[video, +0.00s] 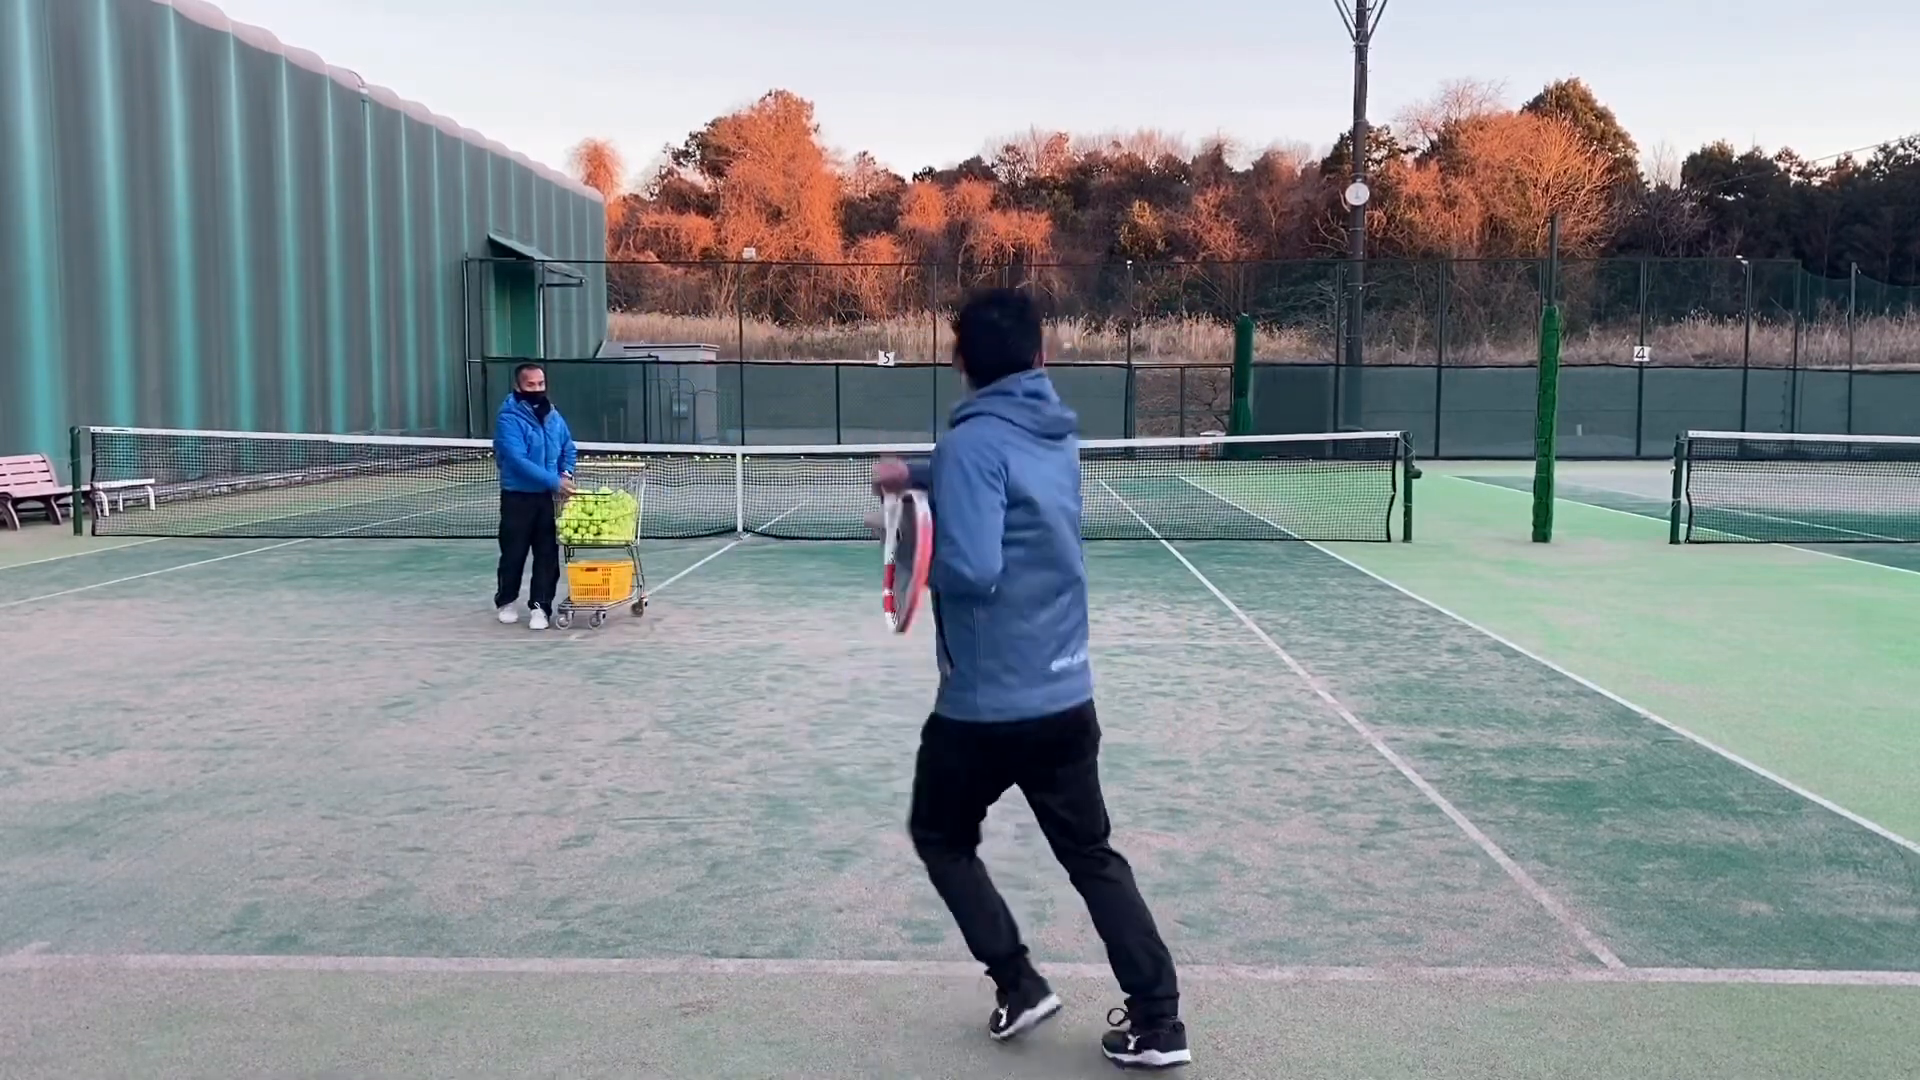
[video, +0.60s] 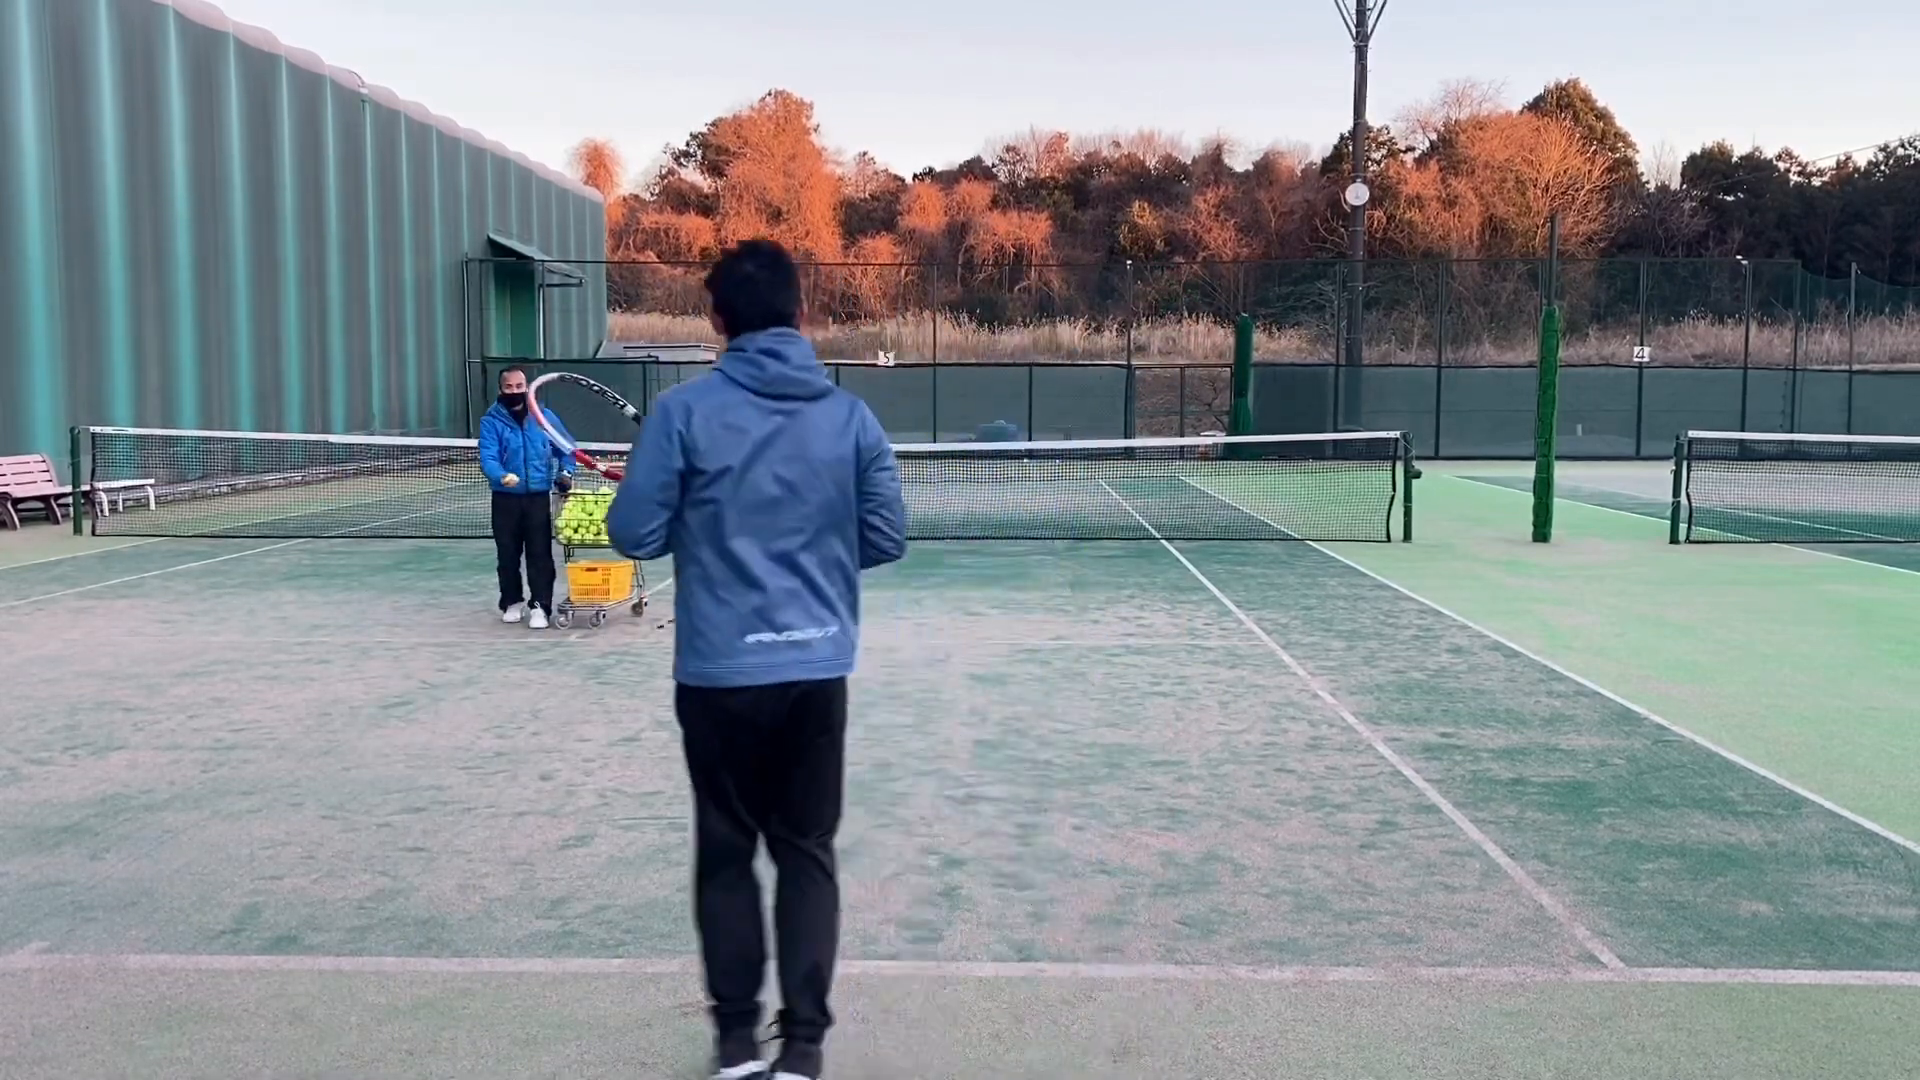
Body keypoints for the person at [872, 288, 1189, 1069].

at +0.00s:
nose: (952, 362)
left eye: (954, 352)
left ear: (962, 360)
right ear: (1041, 354)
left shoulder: (970, 445)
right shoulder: (1056, 433)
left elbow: (974, 569)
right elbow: (995, 475)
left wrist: (914, 520)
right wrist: (916, 472)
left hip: (985, 710)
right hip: (1064, 700)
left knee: (941, 836)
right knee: (1092, 854)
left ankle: (1018, 983)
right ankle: (1158, 1021)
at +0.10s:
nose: (926, 395)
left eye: (928, 385)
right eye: (930, 383)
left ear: (936, 397)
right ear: (1011, 391)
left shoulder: (953, 479)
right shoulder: (1038, 469)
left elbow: (956, 605)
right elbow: (1034, 578)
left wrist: (895, 592)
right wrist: (930, 569)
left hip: (997, 732)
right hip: (1063, 720)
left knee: (887, 819)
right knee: (1081, 875)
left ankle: (971, 965)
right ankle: (1158, 1035)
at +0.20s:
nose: (888, 400)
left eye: (891, 391)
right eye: (890, 389)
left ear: (901, 402)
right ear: (975, 395)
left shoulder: (910, 489)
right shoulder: (1010, 481)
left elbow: (909, 613)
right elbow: (1036, 595)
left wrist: (859, 597)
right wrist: (904, 583)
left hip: (959, 738)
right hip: (1035, 728)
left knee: (842, 821)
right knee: (1065, 875)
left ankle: (881, 992)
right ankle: (1157, 1032)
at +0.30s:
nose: (843, 394)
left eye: (844, 383)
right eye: (930, 377)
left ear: (850, 389)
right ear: (927, 384)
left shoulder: (845, 477)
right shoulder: (967, 470)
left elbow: (826, 604)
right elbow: (1013, 584)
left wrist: (811, 556)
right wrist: (925, 591)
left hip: (886, 735)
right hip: (980, 722)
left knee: (799, 864)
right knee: (1036, 864)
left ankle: (810, 1044)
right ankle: (1142, 1016)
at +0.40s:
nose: (791, 368)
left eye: (792, 359)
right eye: (883, 355)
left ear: (801, 366)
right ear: (879, 362)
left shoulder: (777, 457)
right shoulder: (923, 459)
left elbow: (739, 581)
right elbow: (966, 572)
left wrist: (747, 530)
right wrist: (883, 572)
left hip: (818, 728)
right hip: (916, 717)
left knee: (772, 869)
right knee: (971, 858)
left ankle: (809, 1045)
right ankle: (1077, 1013)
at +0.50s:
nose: (750, 331)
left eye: (752, 320)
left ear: (758, 328)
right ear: (835, 323)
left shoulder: (727, 420)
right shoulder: (883, 425)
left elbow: (681, 542)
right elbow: (921, 547)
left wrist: (717, 504)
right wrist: (842, 549)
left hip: (766, 692)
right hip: (866, 685)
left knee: (772, 860)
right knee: (888, 847)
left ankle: (802, 1039)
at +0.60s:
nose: (709, 322)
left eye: (711, 311)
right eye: (717, 310)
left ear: (719, 316)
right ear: (796, 312)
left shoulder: (685, 411)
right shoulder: (849, 415)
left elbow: (635, 533)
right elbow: (884, 538)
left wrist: (700, 508)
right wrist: (807, 547)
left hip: (717, 674)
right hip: (817, 672)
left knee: (724, 849)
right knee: (807, 849)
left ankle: (738, 1039)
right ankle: (803, 1046)